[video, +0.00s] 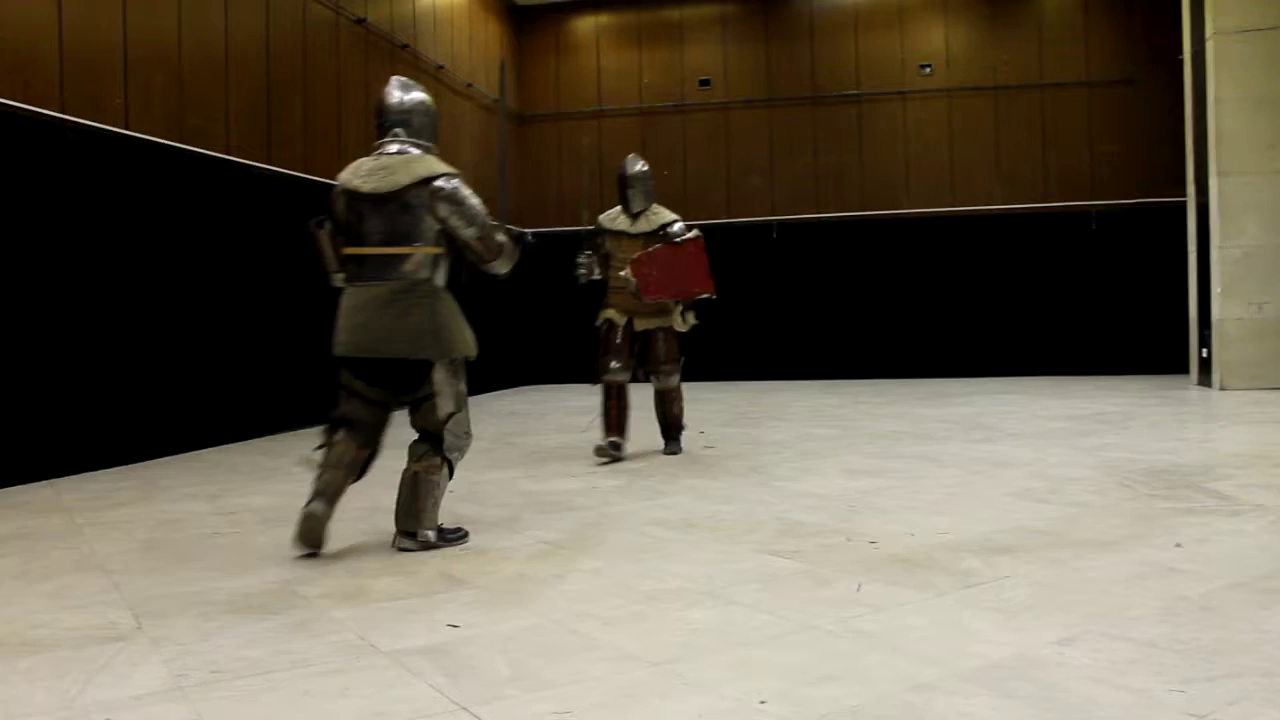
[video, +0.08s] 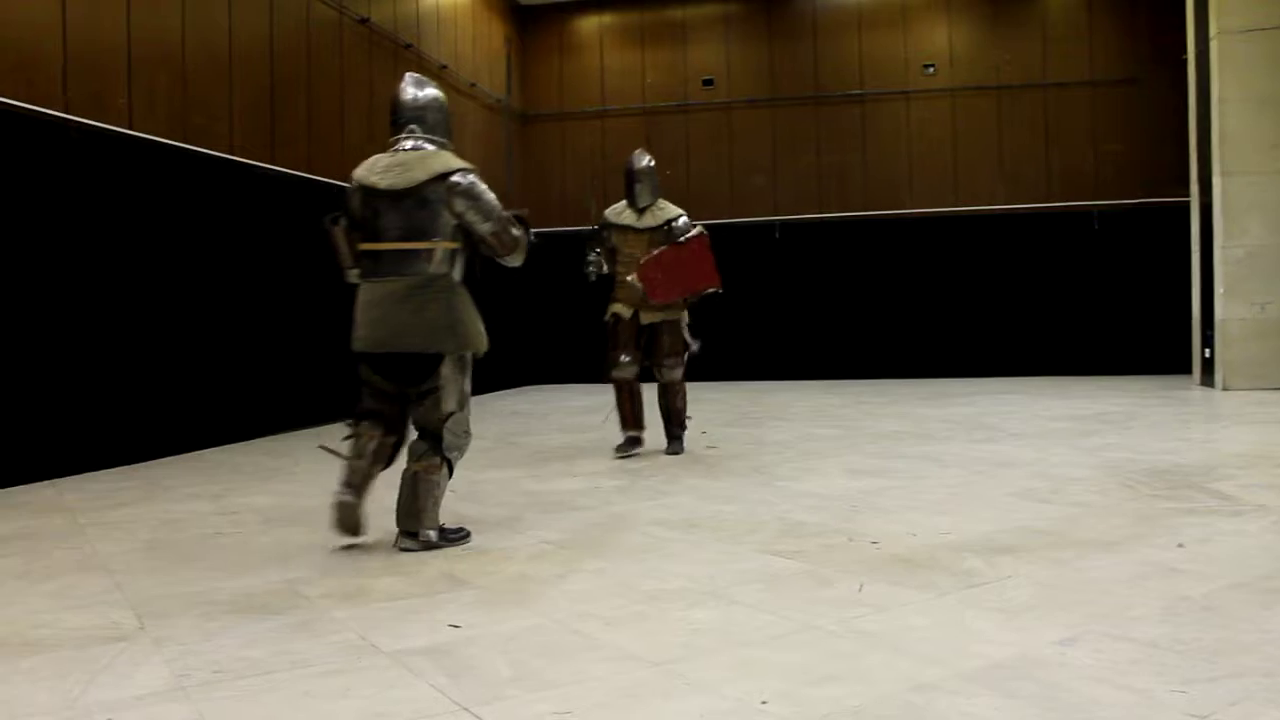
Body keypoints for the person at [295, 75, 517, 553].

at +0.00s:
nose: (433, 129)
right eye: (431, 122)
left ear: (384, 124)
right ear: (428, 123)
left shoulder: (348, 181)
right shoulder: (436, 180)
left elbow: (339, 261)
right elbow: (489, 247)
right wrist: (508, 245)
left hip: (359, 322)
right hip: (420, 323)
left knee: (355, 423)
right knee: (443, 429)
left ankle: (320, 501)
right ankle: (417, 526)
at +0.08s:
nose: (447, 125)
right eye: (445, 118)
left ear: (397, 121)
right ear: (444, 120)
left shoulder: (364, 178)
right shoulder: (452, 177)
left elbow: (355, 258)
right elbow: (509, 246)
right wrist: (512, 225)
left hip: (374, 318)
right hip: (434, 320)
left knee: (380, 413)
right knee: (441, 428)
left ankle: (351, 489)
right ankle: (419, 528)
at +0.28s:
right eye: (461, 125)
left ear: (415, 127)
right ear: (461, 126)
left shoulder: (385, 182)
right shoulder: (472, 179)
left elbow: (372, 261)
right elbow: (522, 248)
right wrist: (528, 227)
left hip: (397, 314)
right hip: (452, 315)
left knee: (441, 409)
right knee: (428, 423)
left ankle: (450, 501)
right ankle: (409, 530)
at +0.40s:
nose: (478, 143)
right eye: (475, 136)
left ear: (428, 140)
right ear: (473, 137)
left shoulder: (397, 194)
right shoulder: (484, 191)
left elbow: (382, 277)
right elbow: (533, 261)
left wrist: (419, 276)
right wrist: (541, 245)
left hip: (414, 322)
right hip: (468, 322)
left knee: (469, 409)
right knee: (442, 419)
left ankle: (495, 492)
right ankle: (408, 525)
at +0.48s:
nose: (482, 150)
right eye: (481, 143)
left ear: (438, 147)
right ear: (482, 145)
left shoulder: (408, 201)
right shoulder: (493, 196)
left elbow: (394, 283)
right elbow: (542, 264)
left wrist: (431, 282)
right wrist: (545, 251)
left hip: (429, 325)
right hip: (481, 323)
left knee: (486, 411)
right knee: (455, 420)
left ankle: (503, 495)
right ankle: (413, 521)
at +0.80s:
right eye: (517, 144)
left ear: (479, 148)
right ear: (519, 145)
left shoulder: (455, 197)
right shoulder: (531, 190)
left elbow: (443, 262)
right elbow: (568, 236)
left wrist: (464, 283)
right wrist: (575, 278)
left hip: (472, 315)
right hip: (527, 314)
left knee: (492, 402)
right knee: (561, 390)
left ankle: (504, 497)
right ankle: (550, 471)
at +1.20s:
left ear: (548, 164)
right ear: (585, 162)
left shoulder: (524, 211)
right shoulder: (607, 210)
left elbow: (516, 271)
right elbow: (634, 272)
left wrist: (537, 291)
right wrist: (616, 309)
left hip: (543, 322)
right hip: (595, 322)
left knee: (549, 384)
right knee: (603, 395)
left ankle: (548, 449)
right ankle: (611, 471)